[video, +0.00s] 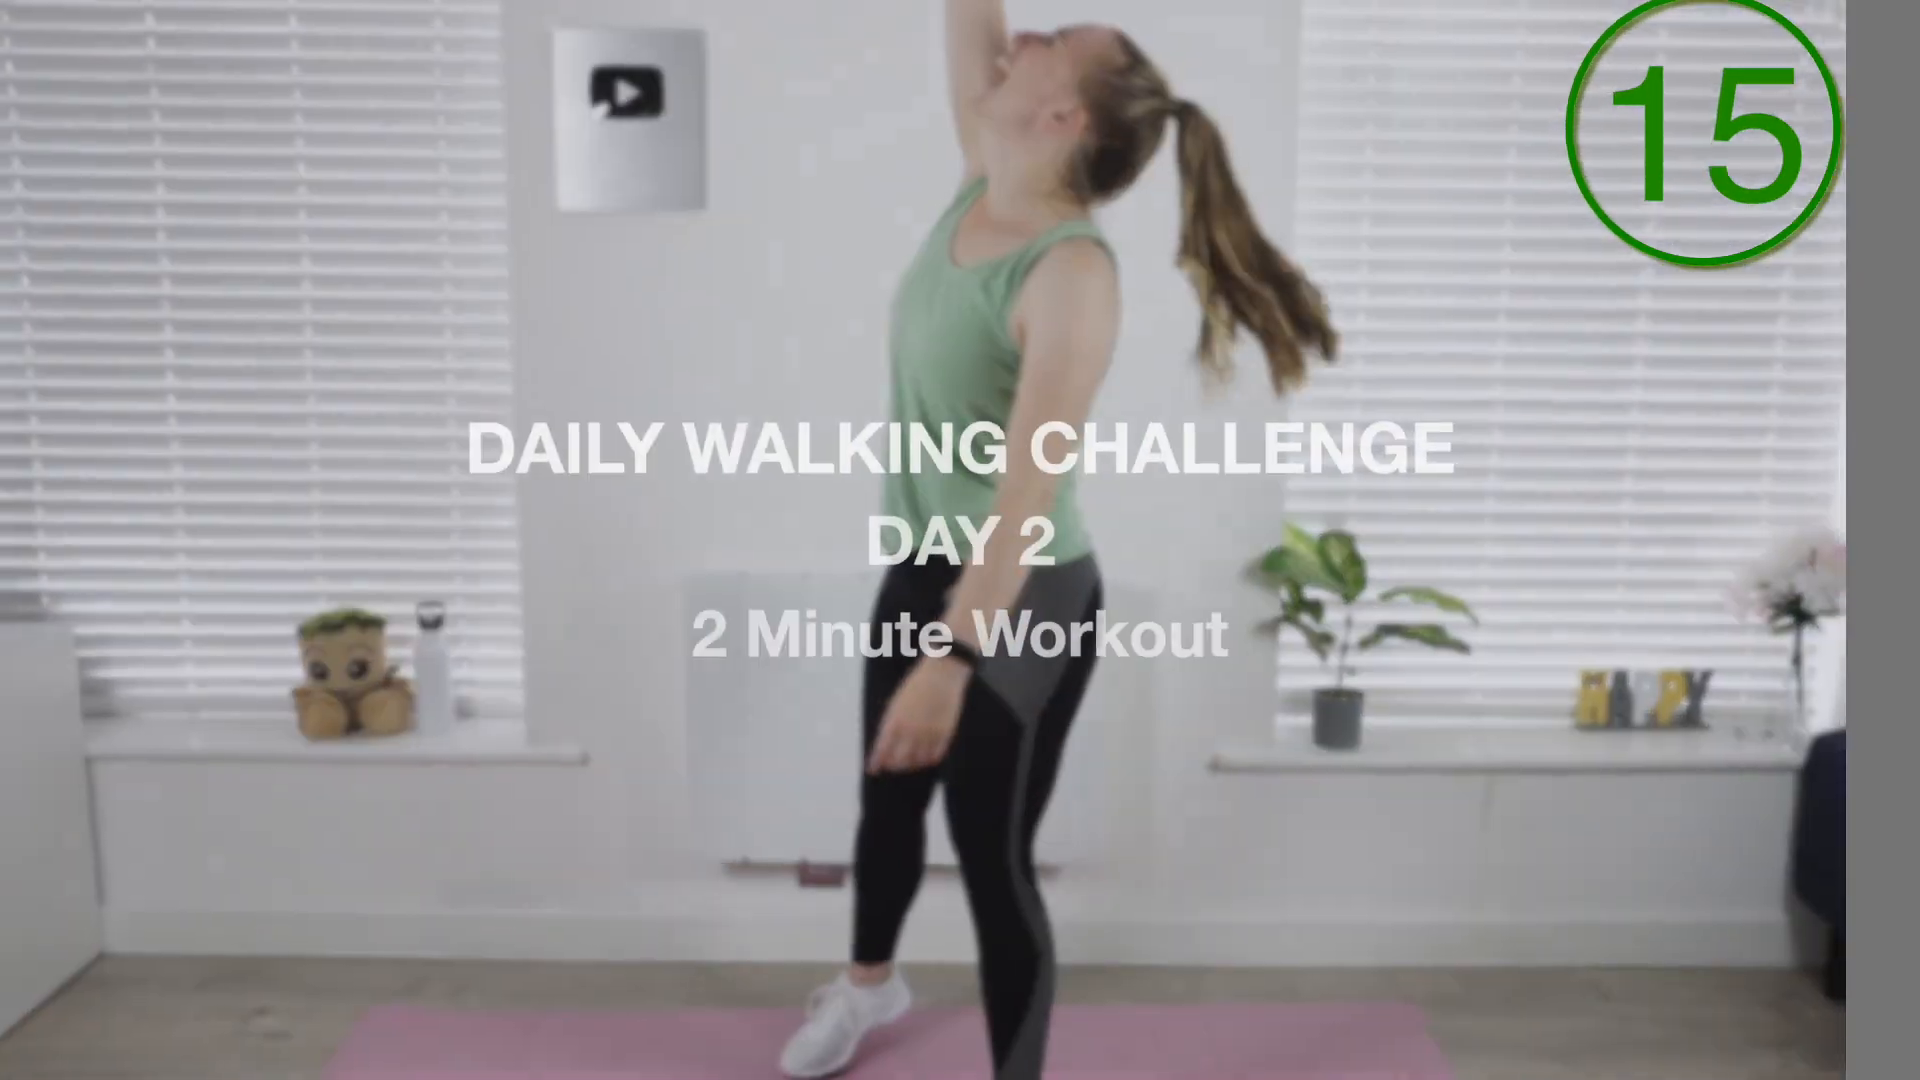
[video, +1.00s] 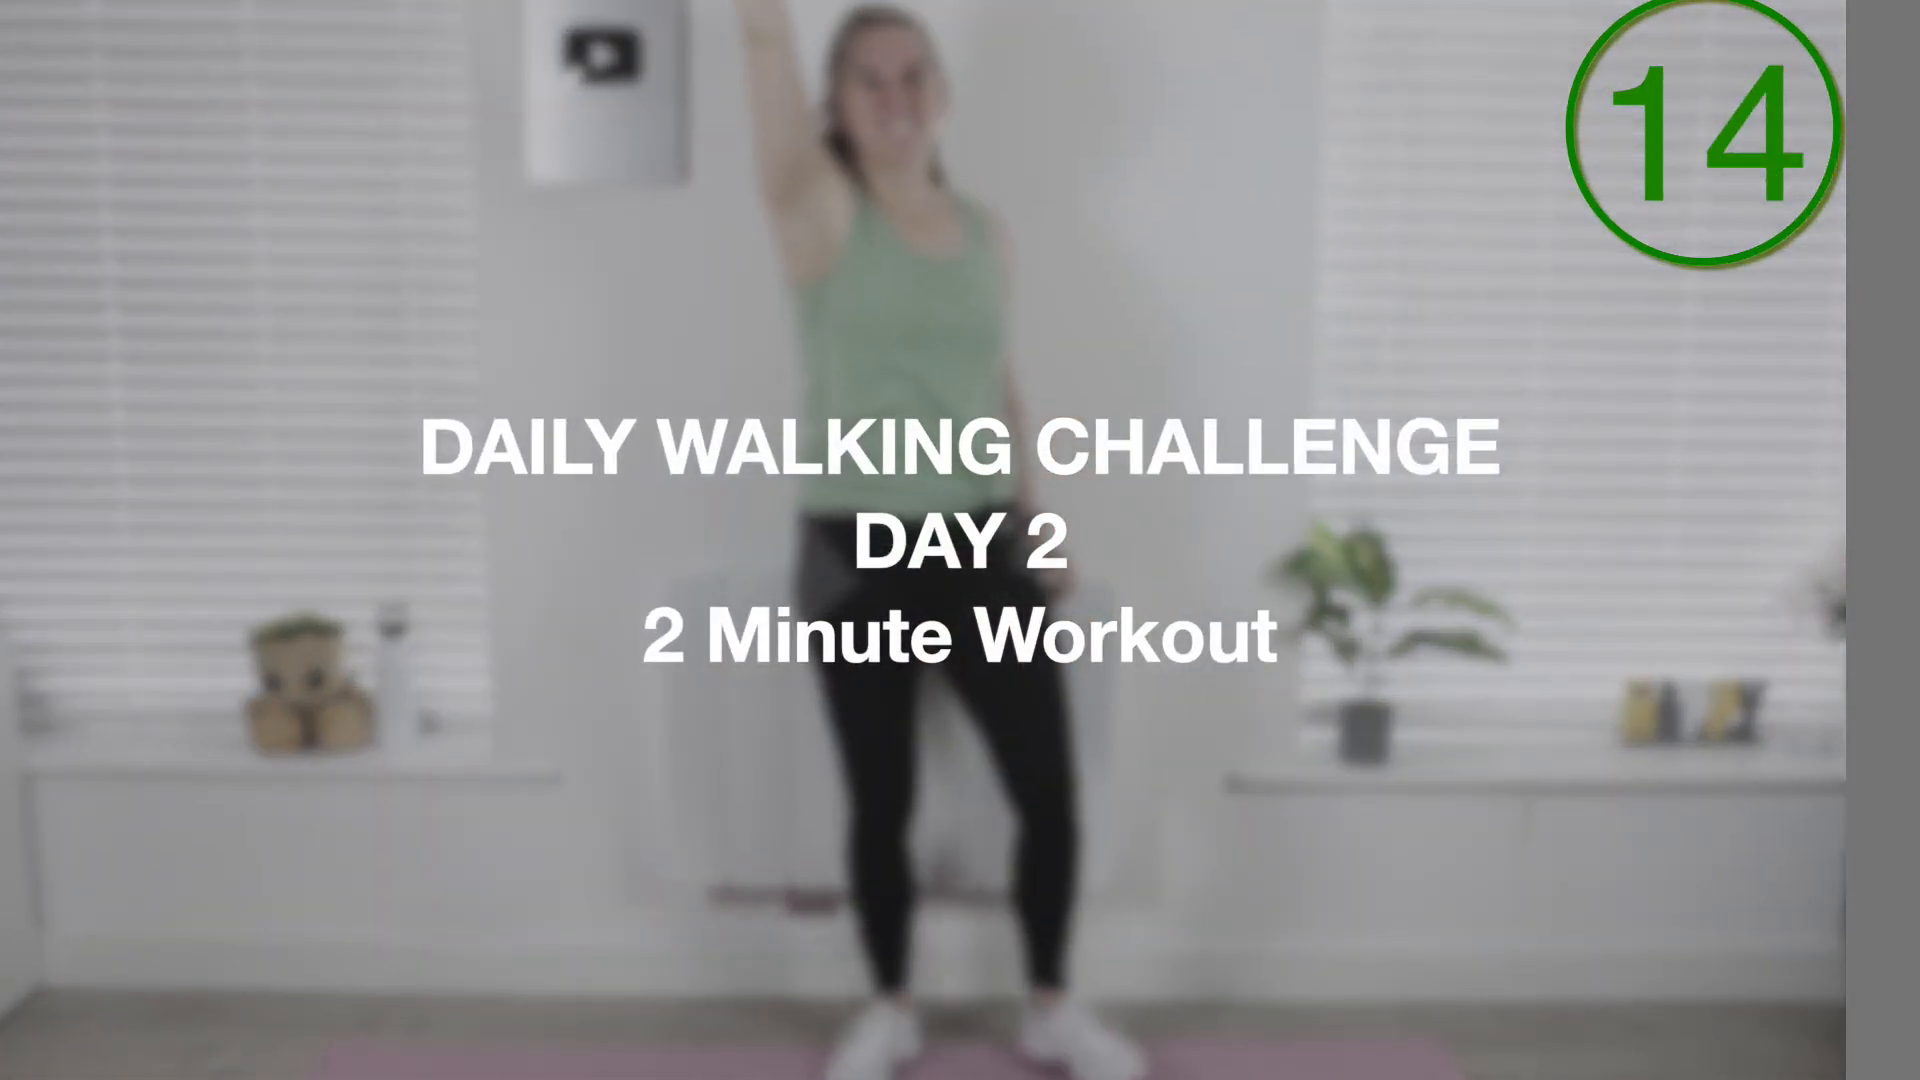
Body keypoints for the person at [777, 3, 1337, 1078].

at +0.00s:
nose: (1022, 38)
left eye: (1051, 44)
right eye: (1045, 32)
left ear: (1063, 122)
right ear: (1051, 121)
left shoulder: (1071, 275)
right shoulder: (990, 175)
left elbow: (1027, 501)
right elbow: (973, 5)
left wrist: (952, 660)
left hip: (1028, 591)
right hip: (927, 567)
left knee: (991, 845)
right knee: (887, 787)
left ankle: (1017, 1070)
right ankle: (867, 980)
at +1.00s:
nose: (895, 99)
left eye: (911, 79)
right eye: (871, 81)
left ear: (942, 94)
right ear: (835, 102)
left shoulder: (981, 228)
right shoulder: (818, 211)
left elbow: (1004, 387)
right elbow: (768, 43)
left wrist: (1036, 517)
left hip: (978, 532)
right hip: (856, 537)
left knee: (1047, 785)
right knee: (880, 791)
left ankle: (1050, 1005)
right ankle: (891, 1006)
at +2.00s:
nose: (1107, 88)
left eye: (1126, 70)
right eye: (1085, 69)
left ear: (1154, 94)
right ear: (1050, 90)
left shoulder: (1173, 236)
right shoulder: (1024, 205)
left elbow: (1181, 406)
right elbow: (983, 33)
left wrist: (1213, 552)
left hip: (1158, 555)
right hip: (1037, 552)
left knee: (1143, 805)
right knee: (989, 797)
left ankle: (1129, 1028)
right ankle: (909, 1007)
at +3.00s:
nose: (1173, 96)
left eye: (1204, 83)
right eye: (1161, 71)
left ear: (1241, 116)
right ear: (1130, 85)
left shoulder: (1249, 251)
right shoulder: (1056, 215)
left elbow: (1215, 446)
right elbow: (1052, 378)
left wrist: (1093, 559)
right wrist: (1026, 514)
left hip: (1154, 544)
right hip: (1029, 529)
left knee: (1126, 808)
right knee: (953, 785)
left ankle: (1126, 1030)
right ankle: (881, 1008)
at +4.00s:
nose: (947, 191)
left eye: (959, 170)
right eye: (926, 172)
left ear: (972, 150)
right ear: (860, 153)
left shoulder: (997, 260)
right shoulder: (799, 267)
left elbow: (1013, 427)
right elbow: (786, 454)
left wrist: (1013, 559)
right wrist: (814, 605)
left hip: (977, 563)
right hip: (854, 566)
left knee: (1004, 807)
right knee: (868, 807)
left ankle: (998, 988)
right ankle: (870, 1015)